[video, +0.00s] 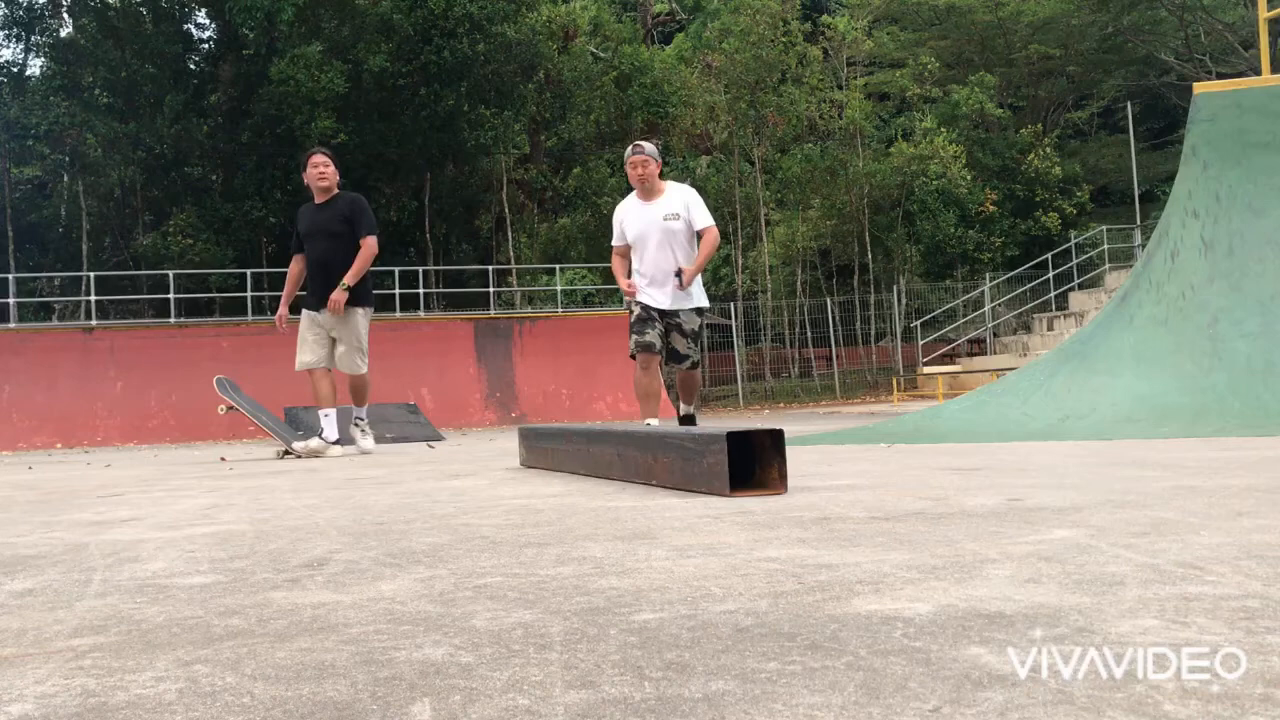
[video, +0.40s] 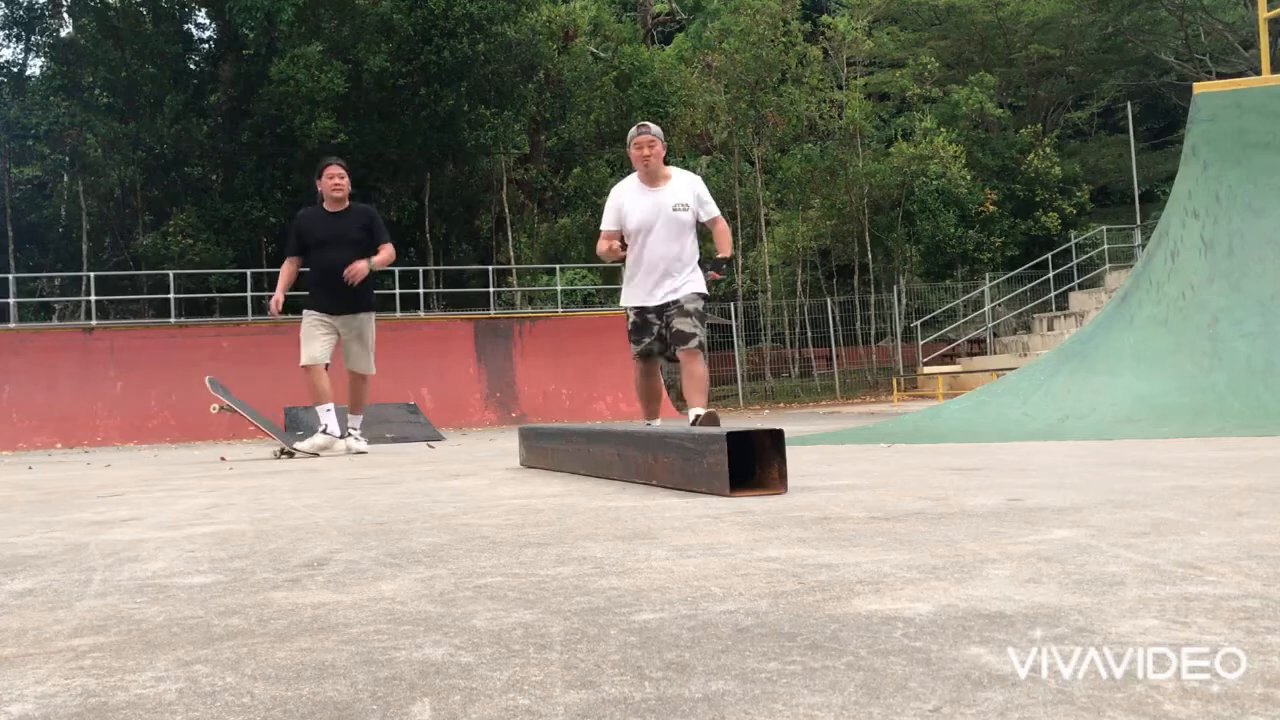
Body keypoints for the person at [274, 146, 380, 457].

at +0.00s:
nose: (322, 170)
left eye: (327, 165)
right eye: (315, 167)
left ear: (337, 174)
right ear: (306, 178)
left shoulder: (353, 203)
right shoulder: (304, 214)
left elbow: (370, 247)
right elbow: (299, 261)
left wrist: (344, 286)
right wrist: (285, 303)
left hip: (352, 304)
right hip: (315, 306)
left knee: (355, 367)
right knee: (316, 365)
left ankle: (359, 422)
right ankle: (329, 435)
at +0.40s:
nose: (337, 181)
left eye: (342, 176)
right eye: (331, 177)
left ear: (349, 184)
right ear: (319, 186)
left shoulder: (366, 215)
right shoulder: (306, 219)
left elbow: (389, 252)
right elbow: (292, 261)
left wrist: (368, 264)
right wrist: (280, 291)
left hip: (358, 311)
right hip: (318, 310)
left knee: (359, 370)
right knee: (312, 362)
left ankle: (354, 432)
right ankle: (329, 430)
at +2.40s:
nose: (277, 209)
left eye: (281, 205)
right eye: (271, 205)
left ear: (287, 210)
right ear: (261, 210)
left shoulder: (296, 240)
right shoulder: (250, 238)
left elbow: (304, 279)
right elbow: (229, 275)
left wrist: (313, 313)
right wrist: (234, 308)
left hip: (292, 323)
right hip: (259, 324)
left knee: (293, 380)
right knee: (260, 383)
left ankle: (292, 434)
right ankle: (259, 439)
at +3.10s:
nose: (245, 219)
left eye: (248, 214)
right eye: (239, 215)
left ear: (257, 218)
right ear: (231, 221)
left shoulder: (271, 245)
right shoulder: (227, 248)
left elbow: (284, 280)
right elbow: (211, 274)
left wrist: (293, 313)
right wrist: (227, 240)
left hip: (271, 325)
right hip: (239, 326)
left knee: (273, 385)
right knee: (241, 382)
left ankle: (267, 437)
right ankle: (244, 438)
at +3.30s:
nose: (254, 228)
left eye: (258, 224)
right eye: (248, 224)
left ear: (263, 227)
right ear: (237, 229)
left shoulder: (271, 253)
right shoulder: (228, 253)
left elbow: (281, 289)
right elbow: (215, 286)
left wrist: (293, 318)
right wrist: (234, 272)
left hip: (270, 330)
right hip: (241, 331)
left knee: (271, 386)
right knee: (243, 387)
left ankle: (267, 438)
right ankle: (245, 439)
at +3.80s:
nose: (262, 239)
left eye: (265, 234)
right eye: (257, 234)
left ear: (271, 232)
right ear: (245, 230)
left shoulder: (271, 255)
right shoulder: (227, 254)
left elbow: (272, 289)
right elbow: (209, 289)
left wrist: (269, 317)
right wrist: (207, 326)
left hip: (261, 323)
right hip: (232, 321)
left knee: (260, 378)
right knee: (249, 367)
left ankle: (253, 431)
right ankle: (237, 427)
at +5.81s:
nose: (273, 180)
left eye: (278, 176)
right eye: (268, 172)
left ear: (280, 181)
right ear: (249, 171)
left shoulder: (260, 209)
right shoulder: (226, 199)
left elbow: (255, 250)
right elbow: (217, 246)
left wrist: (268, 288)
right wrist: (229, 293)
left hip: (222, 291)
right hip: (190, 288)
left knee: (224, 355)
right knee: (189, 355)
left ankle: (216, 423)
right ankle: (186, 427)